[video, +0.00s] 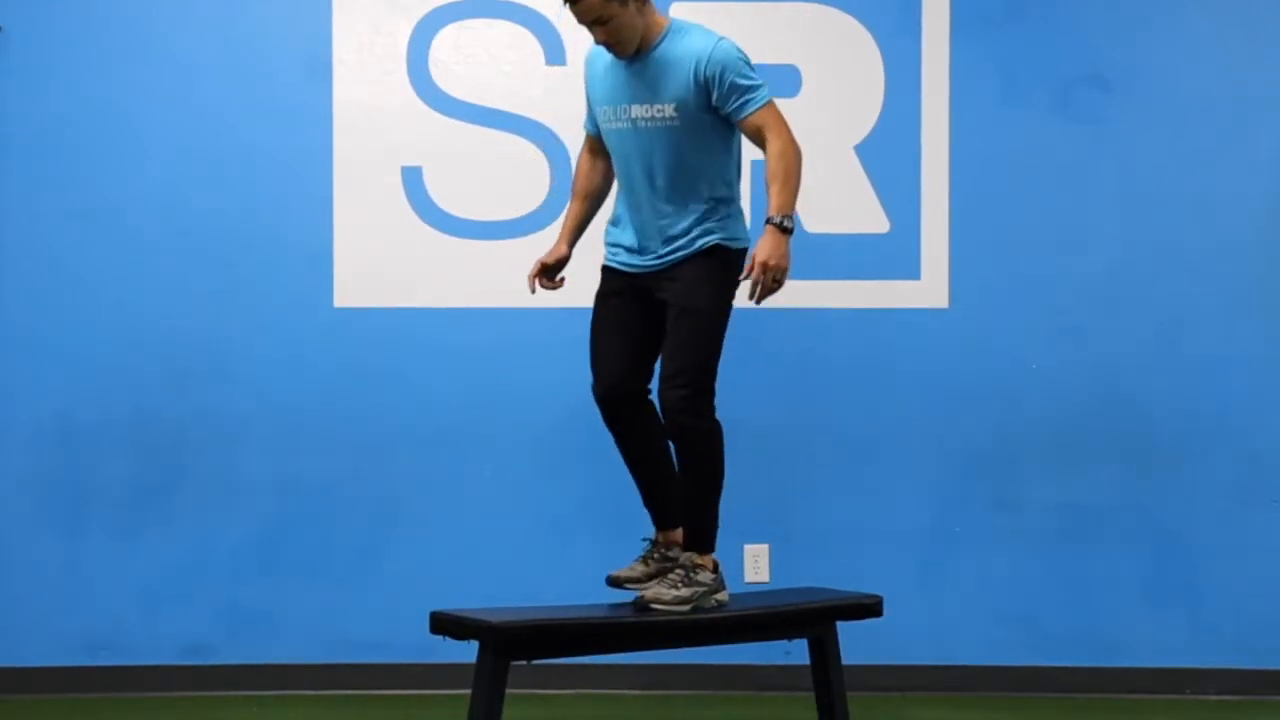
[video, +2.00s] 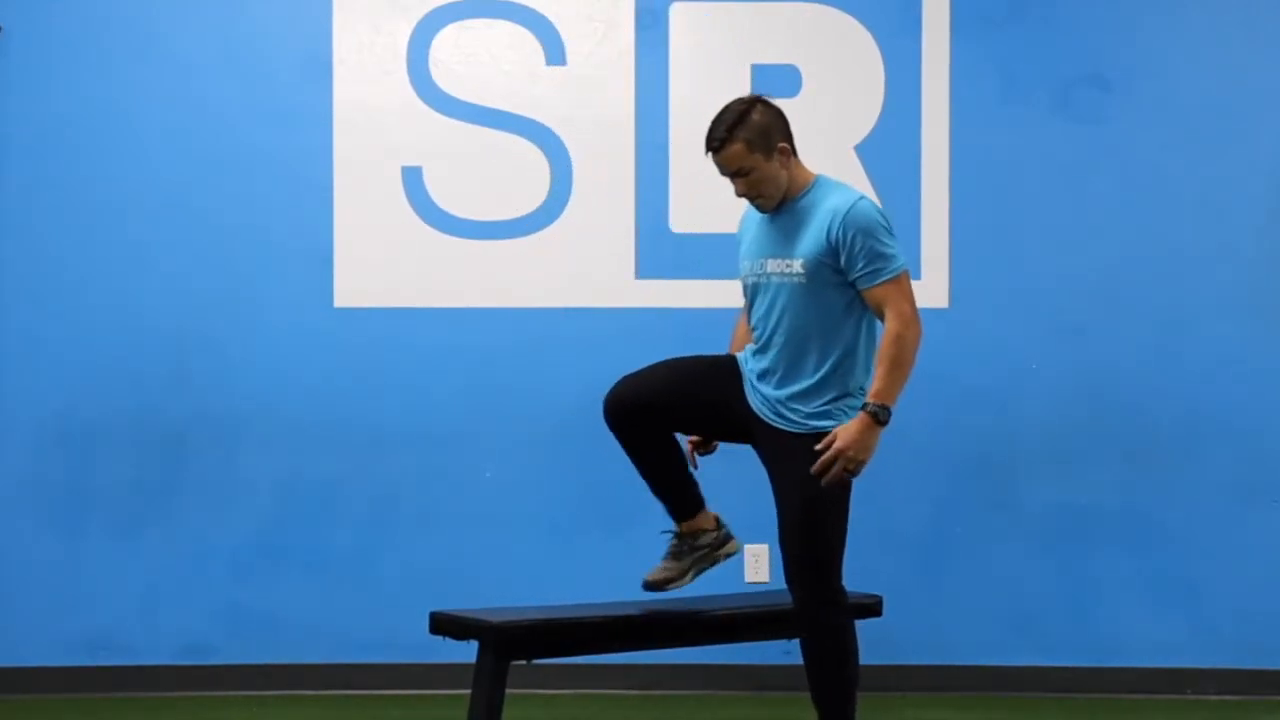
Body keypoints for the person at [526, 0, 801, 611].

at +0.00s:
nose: (595, 37)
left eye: (600, 21)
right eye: (586, 25)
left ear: (636, 3)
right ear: (585, 17)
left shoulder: (708, 57)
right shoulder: (600, 64)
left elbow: (782, 142)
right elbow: (598, 155)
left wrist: (777, 229)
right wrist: (565, 239)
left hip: (704, 251)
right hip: (628, 256)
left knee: (685, 397)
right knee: (615, 390)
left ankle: (701, 563)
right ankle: (672, 539)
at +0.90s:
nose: (575, 76)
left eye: (575, 59)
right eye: (564, 68)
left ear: (608, 28)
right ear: (566, 63)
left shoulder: (678, 68)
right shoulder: (609, 116)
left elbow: (755, 148)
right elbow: (635, 220)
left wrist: (736, 237)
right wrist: (612, 296)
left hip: (707, 281)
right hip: (642, 295)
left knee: (707, 428)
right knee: (607, 420)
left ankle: (768, 597)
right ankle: (668, 568)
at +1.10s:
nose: (576, 151)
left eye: (576, 134)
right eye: (566, 144)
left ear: (608, 104)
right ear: (581, 128)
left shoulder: (671, 136)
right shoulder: (623, 180)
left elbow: (740, 209)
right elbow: (651, 283)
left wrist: (709, 301)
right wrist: (638, 351)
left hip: (735, 342)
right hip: (666, 349)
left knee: (753, 499)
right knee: (585, 435)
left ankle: (797, 677)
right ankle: (666, 567)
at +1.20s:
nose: (590, 197)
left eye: (589, 181)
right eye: (581, 189)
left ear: (623, 151)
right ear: (613, 164)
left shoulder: (682, 181)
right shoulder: (638, 223)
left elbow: (746, 255)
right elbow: (665, 319)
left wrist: (697, 346)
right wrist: (659, 386)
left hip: (745, 389)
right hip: (685, 385)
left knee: (767, 558)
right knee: (579, 440)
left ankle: (810, 709)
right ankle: (665, 566)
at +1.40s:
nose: (635, 236)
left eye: (634, 220)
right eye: (625, 226)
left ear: (666, 190)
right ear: (660, 197)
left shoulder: (734, 234)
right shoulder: (678, 259)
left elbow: (779, 336)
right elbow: (705, 367)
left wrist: (741, 433)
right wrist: (698, 452)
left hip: (777, 430)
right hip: (714, 417)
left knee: (768, 595)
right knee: (593, 435)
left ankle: (827, 712)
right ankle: (667, 560)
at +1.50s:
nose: (649, 222)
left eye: (650, 206)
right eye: (641, 212)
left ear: (685, 179)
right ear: (675, 184)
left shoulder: (753, 228)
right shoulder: (694, 245)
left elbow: (811, 324)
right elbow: (711, 349)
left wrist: (798, 433)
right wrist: (701, 438)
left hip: (779, 430)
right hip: (719, 411)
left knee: (788, 595)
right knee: (601, 431)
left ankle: (829, 713)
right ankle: (667, 561)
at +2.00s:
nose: (737, 188)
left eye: (742, 173)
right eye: (729, 176)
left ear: (784, 154)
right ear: (728, 167)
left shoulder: (850, 215)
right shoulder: (756, 220)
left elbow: (903, 320)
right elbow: (752, 320)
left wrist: (872, 418)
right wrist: (714, 414)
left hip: (814, 427)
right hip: (751, 390)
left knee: (815, 591)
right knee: (630, 404)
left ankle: (836, 715)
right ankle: (697, 529)